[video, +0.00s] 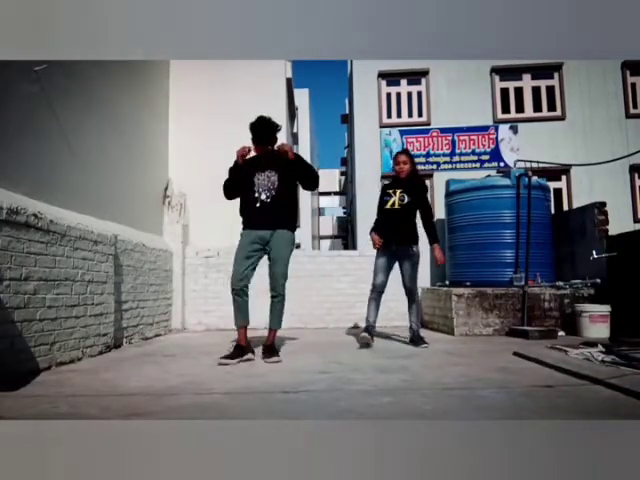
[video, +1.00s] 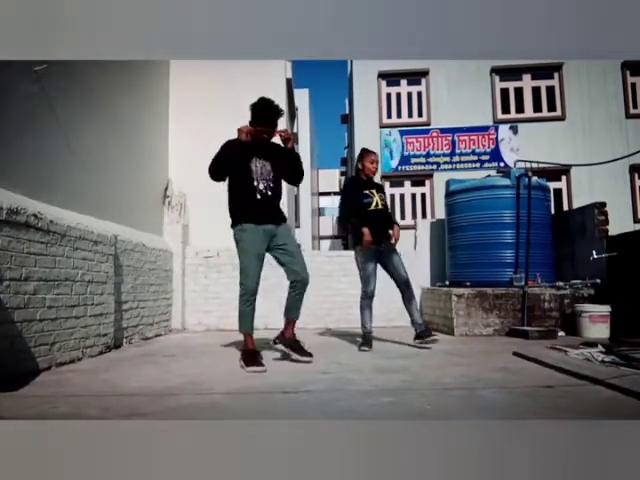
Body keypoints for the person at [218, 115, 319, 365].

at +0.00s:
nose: (264, 146)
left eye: (268, 142)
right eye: (260, 142)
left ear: (272, 140)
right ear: (254, 142)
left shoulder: (288, 161)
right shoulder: (247, 164)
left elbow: (312, 183)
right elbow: (230, 193)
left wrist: (293, 157)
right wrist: (238, 163)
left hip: (281, 231)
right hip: (252, 231)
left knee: (278, 288)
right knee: (238, 284)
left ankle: (270, 343)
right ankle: (242, 343)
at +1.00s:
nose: (269, 132)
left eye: (272, 128)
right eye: (266, 128)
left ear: (274, 127)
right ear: (254, 125)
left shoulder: (276, 150)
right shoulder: (236, 148)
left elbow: (296, 178)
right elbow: (216, 174)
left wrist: (291, 148)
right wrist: (237, 142)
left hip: (277, 225)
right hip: (249, 226)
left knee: (300, 278)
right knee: (249, 287)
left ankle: (288, 334)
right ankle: (249, 347)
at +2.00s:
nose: (285, 148)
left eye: (289, 143)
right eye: (280, 143)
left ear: (295, 145)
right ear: (273, 142)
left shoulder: (298, 176)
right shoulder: (254, 169)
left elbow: (308, 208)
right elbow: (232, 202)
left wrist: (307, 235)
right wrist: (233, 226)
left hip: (284, 237)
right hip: (254, 235)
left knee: (285, 287)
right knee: (239, 284)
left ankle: (284, 340)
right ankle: (248, 325)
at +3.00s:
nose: (257, 141)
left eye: (263, 138)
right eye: (254, 136)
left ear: (267, 143)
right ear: (246, 139)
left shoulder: (274, 172)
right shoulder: (230, 174)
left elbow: (287, 200)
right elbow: (212, 209)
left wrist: (289, 221)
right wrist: (223, 233)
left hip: (275, 236)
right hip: (247, 239)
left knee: (292, 277)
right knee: (249, 291)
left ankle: (292, 333)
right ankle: (252, 338)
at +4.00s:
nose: (256, 140)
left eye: (260, 135)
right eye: (251, 136)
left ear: (267, 134)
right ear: (243, 134)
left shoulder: (277, 155)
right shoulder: (236, 159)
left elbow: (301, 159)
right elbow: (213, 166)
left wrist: (276, 132)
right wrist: (233, 136)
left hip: (281, 229)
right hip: (248, 231)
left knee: (295, 283)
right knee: (239, 286)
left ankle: (295, 340)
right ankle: (241, 344)